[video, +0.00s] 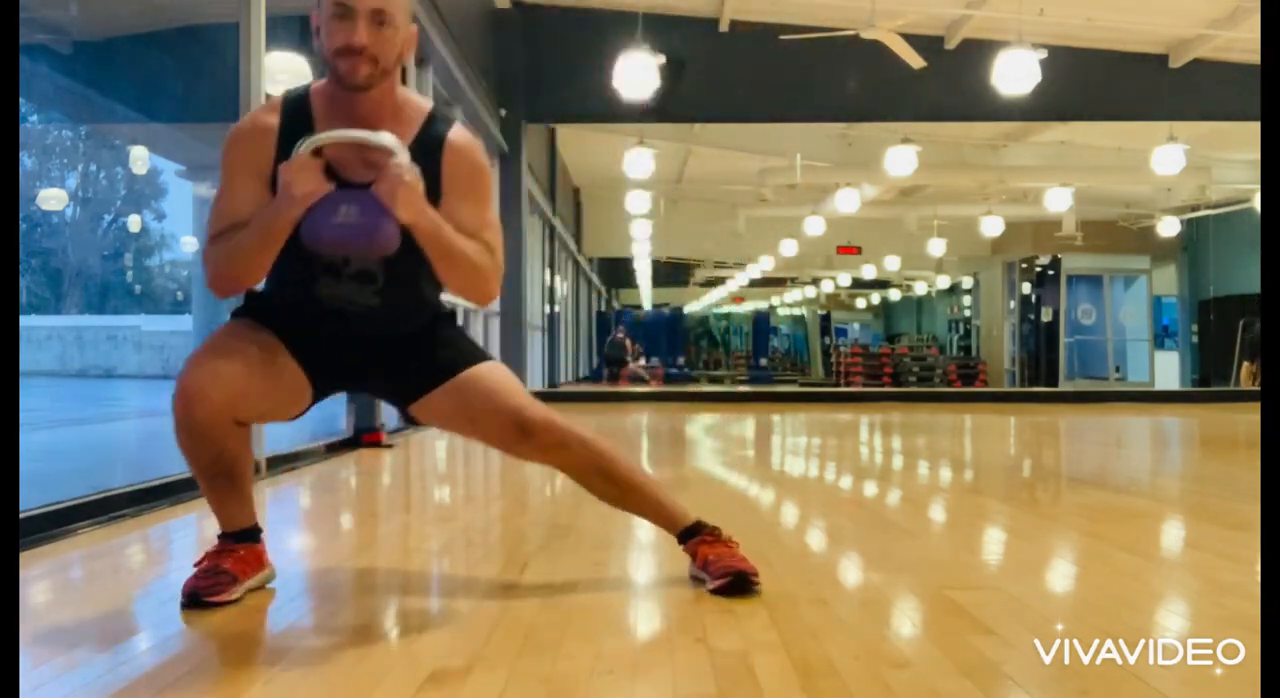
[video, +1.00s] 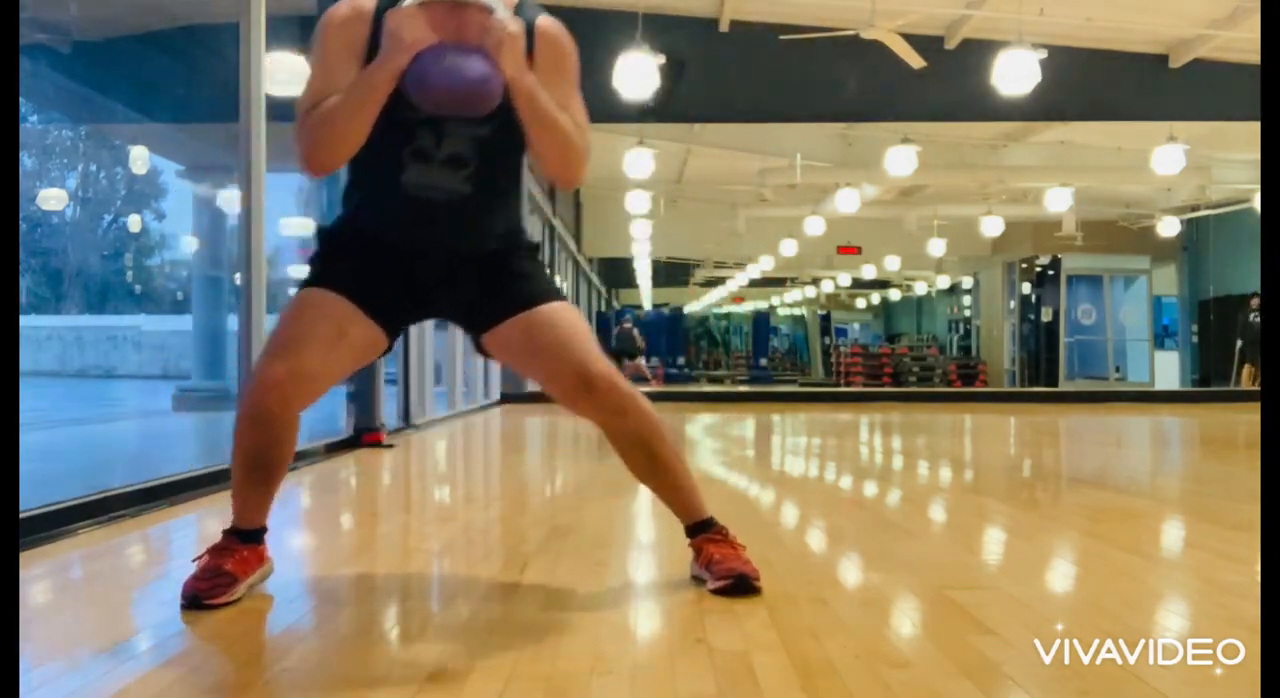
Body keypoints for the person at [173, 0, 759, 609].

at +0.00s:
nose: (358, 37)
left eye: (379, 21)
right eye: (342, 19)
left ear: (410, 38)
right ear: (317, 28)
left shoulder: (452, 147)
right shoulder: (263, 132)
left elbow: (484, 287)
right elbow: (223, 274)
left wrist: (418, 213)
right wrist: (284, 208)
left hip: (414, 336)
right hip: (295, 331)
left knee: (537, 431)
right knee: (199, 393)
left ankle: (696, 536)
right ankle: (240, 544)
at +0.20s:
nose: (320, 85)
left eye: (342, 68)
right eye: (304, 64)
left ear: (374, 84)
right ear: (282, 72)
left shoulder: (420, 194)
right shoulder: (229, 176)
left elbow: (451, 329)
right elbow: (185, 322)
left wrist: (384, 263)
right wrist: (250, 255)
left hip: (388, 376)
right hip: (270, 372)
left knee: (522, 446)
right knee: (176, 409)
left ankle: (691, 535)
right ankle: (238, 544)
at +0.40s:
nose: (303, 93)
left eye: (325, 77)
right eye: (287, 73)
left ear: (358, 92)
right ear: (263, 81)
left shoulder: (408, 202)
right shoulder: (211, 192)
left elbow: (438, 338)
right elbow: (173, 337)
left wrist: (372, 271)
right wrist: (231, 271)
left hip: (381, 388)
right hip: (263, 386)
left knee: (516, 453)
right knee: (161, 413)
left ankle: (689, 535)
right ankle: (237, 543)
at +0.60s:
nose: (321, 43)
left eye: (344, 29)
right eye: (306, 25)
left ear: (377, 47)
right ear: (283, 38)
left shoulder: (422, 156)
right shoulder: (233, 147)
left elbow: (457, 293)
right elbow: (191, 294)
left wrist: (385, 219)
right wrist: (251, 221)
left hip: (399, 354)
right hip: (280, 350)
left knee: (530, 436)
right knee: (190, 401)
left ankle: (694, 536)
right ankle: (240, 541)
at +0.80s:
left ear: (425, 2)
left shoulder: (470, 100)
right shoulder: (281, 85)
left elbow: (501, 238)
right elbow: (239, 227)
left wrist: (439, 144)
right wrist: (309, 135)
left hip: (431, 309)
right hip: (315, 306)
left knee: (555, 415)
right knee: (225, 398)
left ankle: (701, 536)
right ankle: (240, 541)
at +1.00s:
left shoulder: (541, 38)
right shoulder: (356, 22)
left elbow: (567, 168)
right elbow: (317, 153)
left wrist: (513, 70)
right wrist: (393, 57)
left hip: (492, 262)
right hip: (371, 261)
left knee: (598, 384)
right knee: (268, 393)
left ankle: (707, 535)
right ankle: (242, 543)